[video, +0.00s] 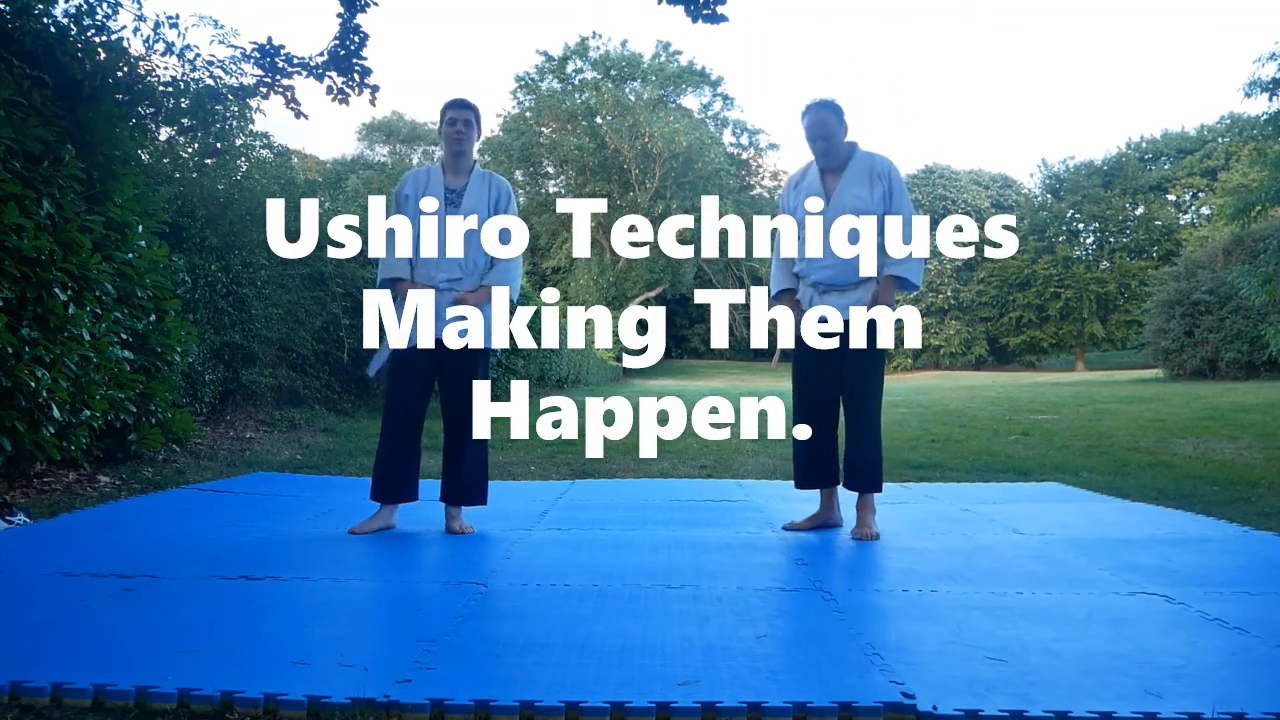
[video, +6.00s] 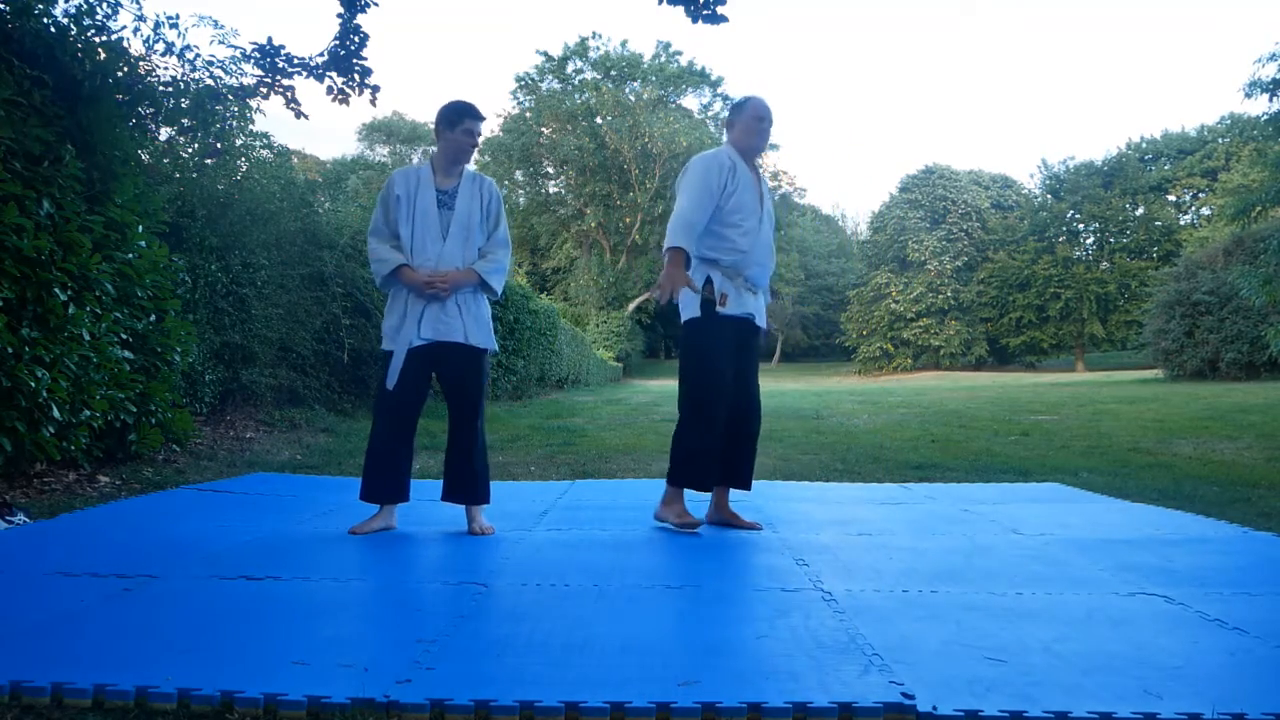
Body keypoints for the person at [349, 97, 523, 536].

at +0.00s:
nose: (458, 130)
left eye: (466, 125)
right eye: (452, 123)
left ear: (478, 135)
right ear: (440, 131)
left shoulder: (498, 189)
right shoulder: (412, 183)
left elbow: (510, 258)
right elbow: (396, 243)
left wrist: (483, 293)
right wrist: (404, 287)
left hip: (471, 314)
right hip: (415, 308)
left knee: (463, 411)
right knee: (401, 406)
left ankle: (455, 509)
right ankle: (387, 508)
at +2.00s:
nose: (455, 133)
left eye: (463, 128)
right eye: (449, 126)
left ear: (476, 138)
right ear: (437, 134)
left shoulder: (493, 189)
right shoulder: (408, 184)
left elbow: (507, 256)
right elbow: (388, 248)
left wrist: (462, 271)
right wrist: (413, 272)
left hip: (470, 320)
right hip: (413, 318)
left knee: (473, 414)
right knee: (399, 409)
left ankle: (475, 512)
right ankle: (387, 509)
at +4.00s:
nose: (454, 137)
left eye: (462, 131)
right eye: (447, 129)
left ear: (473, 139)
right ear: (434, 133)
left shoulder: (492, 191)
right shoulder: (406, 186)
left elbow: (504, 257)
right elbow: (383, 248)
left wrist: (458, 275)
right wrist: (413, 276)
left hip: (469, 321)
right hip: (414, 319)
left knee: (473, 421)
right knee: (397, 416)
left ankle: (475, 512)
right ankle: (387, 510)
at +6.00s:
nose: (475, 142)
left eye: (478, 135)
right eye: (468, 133)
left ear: (477, 139)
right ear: (441, 133)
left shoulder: (486, 191)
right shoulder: (401, 182)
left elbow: (499, 255)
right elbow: (378, 244)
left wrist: (462, 277)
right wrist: (410, 276)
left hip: (466, 322)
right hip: (411, 320)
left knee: (469, 419)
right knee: (394, 415)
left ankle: (475, 511)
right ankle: (387, 511)